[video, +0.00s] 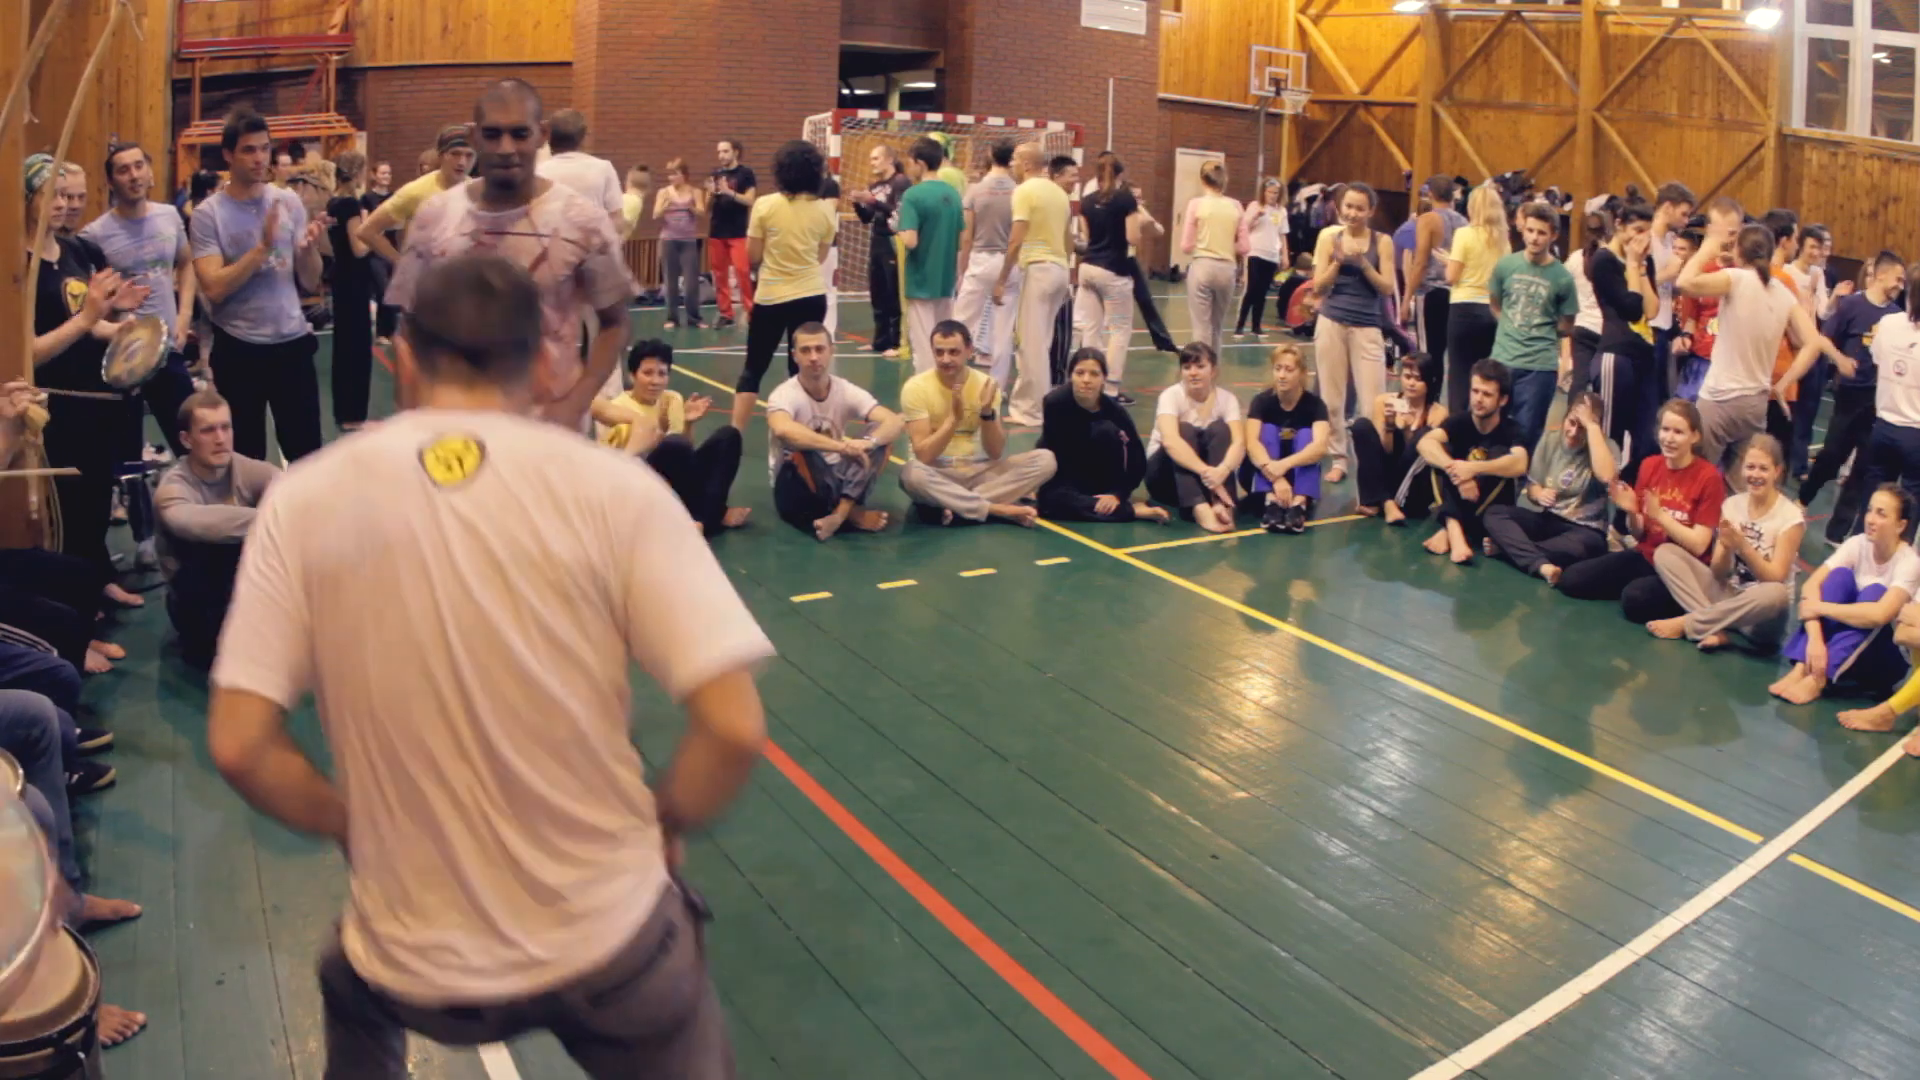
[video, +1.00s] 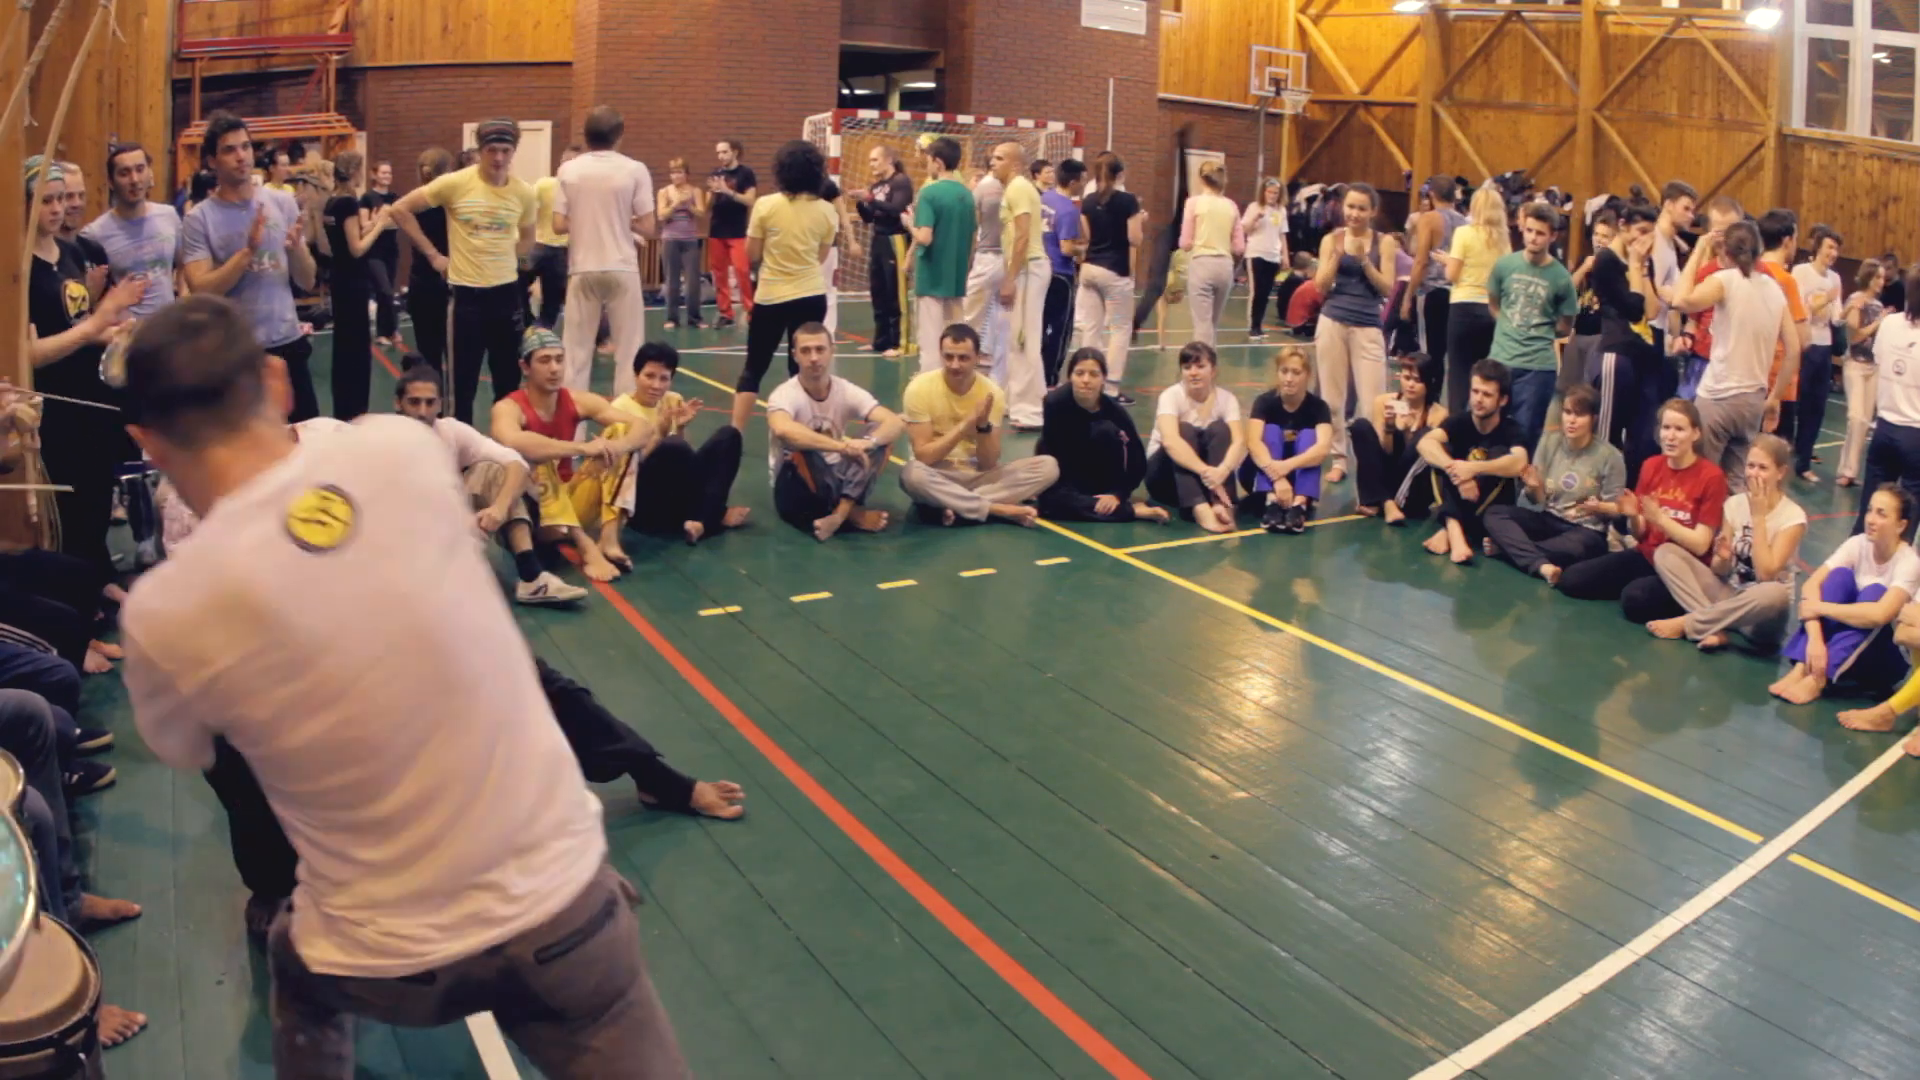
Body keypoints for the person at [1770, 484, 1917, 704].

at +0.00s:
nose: (1870, 519)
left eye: (1881, 514)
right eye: (1869, 511)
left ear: (1901, 526)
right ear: (1864, 513)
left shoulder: (1910, 562)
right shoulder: (1857, 544)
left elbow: (1880, 616)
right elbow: (1810, 586)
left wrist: (1818, 607)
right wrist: (1815, 641)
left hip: (1881, 667)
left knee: (1875, 592)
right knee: (1840, 577)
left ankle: (1817, 678)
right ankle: (1800, 668)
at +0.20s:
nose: (1870, 519)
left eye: (1881, 514)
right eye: (1869, 511)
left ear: (1901, 526)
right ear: (1864, 513)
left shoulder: (1909, 562)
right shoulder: (1857, 544)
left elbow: (1880, 616)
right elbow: (1810, 586)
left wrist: (1818, 607)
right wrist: (1815, 641)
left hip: (1881, 668)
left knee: (1875, 592)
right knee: (1840, 577)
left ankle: (1817, 678)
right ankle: (1800, 668)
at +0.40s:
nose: (1870, 519)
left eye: (1881, 514)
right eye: (1869, 510)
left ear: (1901, 526)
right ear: (1864, 512)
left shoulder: (1910, 562)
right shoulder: (1857, 544)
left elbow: (1880, 616)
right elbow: (1810, 585)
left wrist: (1819, 608)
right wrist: (1815, 641)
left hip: (1881, 667)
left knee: (1875, 592)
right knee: (1840, 577)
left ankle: (1817, 678)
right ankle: (1800, 667)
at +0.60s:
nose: (1870, 519)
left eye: (1881, 514)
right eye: (1869, 511)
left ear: (1901, 526)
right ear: (1865, 513)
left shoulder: (1910, 562)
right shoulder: (1857, 544)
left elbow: (1880, 616)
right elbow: (1810, 585)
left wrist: (1819, 607)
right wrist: (1815, 641)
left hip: (1881, 668)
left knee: (1875, 592)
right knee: (1840, 576)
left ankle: (1817, 678)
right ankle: (1800, 668)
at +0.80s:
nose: (1870, 519)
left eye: (1881, 514)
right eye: (1869, 511)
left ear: (1901, 526)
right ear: (1864, 513)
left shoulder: (1909, 562)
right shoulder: (1857, 544)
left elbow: (1880, 615)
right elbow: (1810, 586)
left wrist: (1819, 607)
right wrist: (1815, 641)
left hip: (1882, 668)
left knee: (1875, 592)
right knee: (1840, 577)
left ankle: (1818, 678)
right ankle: (1800, 667)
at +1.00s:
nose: (1870, 519)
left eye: (1881, 514)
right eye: (1869, 511)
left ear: (1901, 526)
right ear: (1864, 513)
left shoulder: (1910, 562)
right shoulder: (1857, 544)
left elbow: (1880, 616)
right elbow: (1810, 586)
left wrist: (1818, 607)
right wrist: (1815, 641)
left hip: (1882, 667)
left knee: (1875, 592)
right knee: (1840, 576)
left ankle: (1818, 678)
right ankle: (1800, 668)